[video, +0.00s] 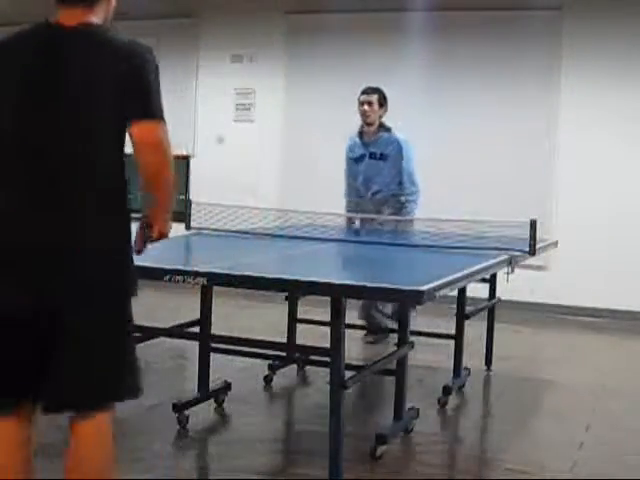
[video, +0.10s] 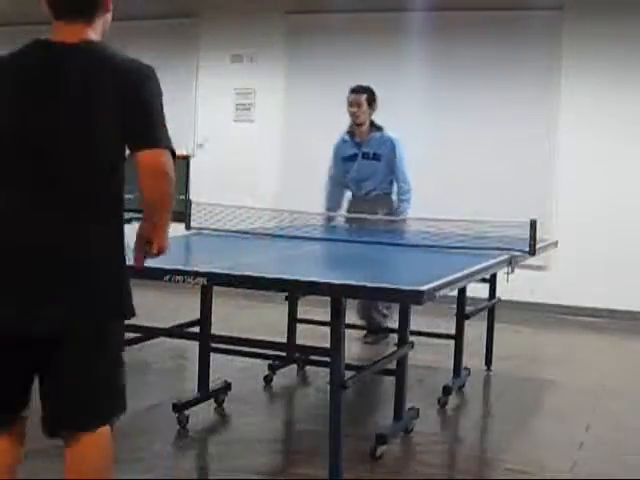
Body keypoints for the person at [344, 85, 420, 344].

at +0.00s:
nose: (365, 109)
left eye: (370, 104)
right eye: (362, 104)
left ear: (382, 109)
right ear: (358, 109)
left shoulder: (396, 144)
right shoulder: (353, 146)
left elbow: (410, 186)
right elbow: (350, 188)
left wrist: (405, 220)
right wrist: (350, 220)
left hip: (392, 216)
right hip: (363, 217)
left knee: (389, 267)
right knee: (363, 268)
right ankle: (375, 322)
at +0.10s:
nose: (355, 110)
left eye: (360, 105)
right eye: (351, 105)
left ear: (372, 108)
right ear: (347, 108)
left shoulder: (388, 144)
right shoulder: (342, 146)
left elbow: (403, 182)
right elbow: (336, 183)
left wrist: (401, 213)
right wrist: (330, 215)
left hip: (383, 203)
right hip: (357, 203)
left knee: (382, 259)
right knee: (359, 260)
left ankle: (379, 320)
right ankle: (373, 320)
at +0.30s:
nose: (324, 109)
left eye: (328, 103)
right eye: (319, 105)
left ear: (341, 101)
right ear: (316, 106)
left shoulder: (365, 136)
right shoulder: (316, 140)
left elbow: (385, 177)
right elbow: (306, 179)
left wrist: (385, 213)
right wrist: (291, 213)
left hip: (358, 200)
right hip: (329, 200)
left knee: (363, 259)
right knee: (317, 256)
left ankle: (375, 324)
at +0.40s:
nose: (307, 108)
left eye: (311, 102)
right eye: (303, 104)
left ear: (324, 101)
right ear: (300, 107)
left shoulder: (348, 134)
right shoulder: (299, 139)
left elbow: (369, 175)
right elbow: (289, 179)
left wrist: (373, 213)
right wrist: (275, 213)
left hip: (340, 203)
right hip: (309, 204)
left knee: (345, 266)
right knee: (292, 261)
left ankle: (373, 325)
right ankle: (263, 316)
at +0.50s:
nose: (288, 107)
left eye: (292, 101)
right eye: (284, 103)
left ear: (305, 99)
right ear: (281, 105)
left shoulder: (330, 135)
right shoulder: (278, 138)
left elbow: (350, 173)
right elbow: (266, 177)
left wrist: (358, 210)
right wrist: (261, 211)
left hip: (316, 203)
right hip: (283, 203)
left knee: (334, 262)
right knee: (265, 261)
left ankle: (366, 324)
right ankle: (248, 323)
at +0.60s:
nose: (266, 103)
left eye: (270, 96)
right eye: (263, 98)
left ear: (286, 94)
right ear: (262, 101)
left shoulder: (313, 131)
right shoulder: (260, 133)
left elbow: (331, 173)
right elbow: (247, 173)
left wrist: (337, 211)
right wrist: (241, 207)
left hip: (297, 200)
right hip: (262, 199)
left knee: (313, 258)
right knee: (246, 255)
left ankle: (339, 317)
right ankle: (247, 323)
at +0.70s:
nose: (252, 98)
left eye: (255, 91)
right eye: (248, 93)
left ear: (271, 89)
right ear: (247, 96)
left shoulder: (297, 126)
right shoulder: (243, 128)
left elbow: (313, 165)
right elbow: (232, 170)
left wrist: (316, 204)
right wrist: (228, 211)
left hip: (283, 194)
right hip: (251, 194)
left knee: (287, 256)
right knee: (238, 255)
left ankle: (310, 318)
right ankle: (246, 321)